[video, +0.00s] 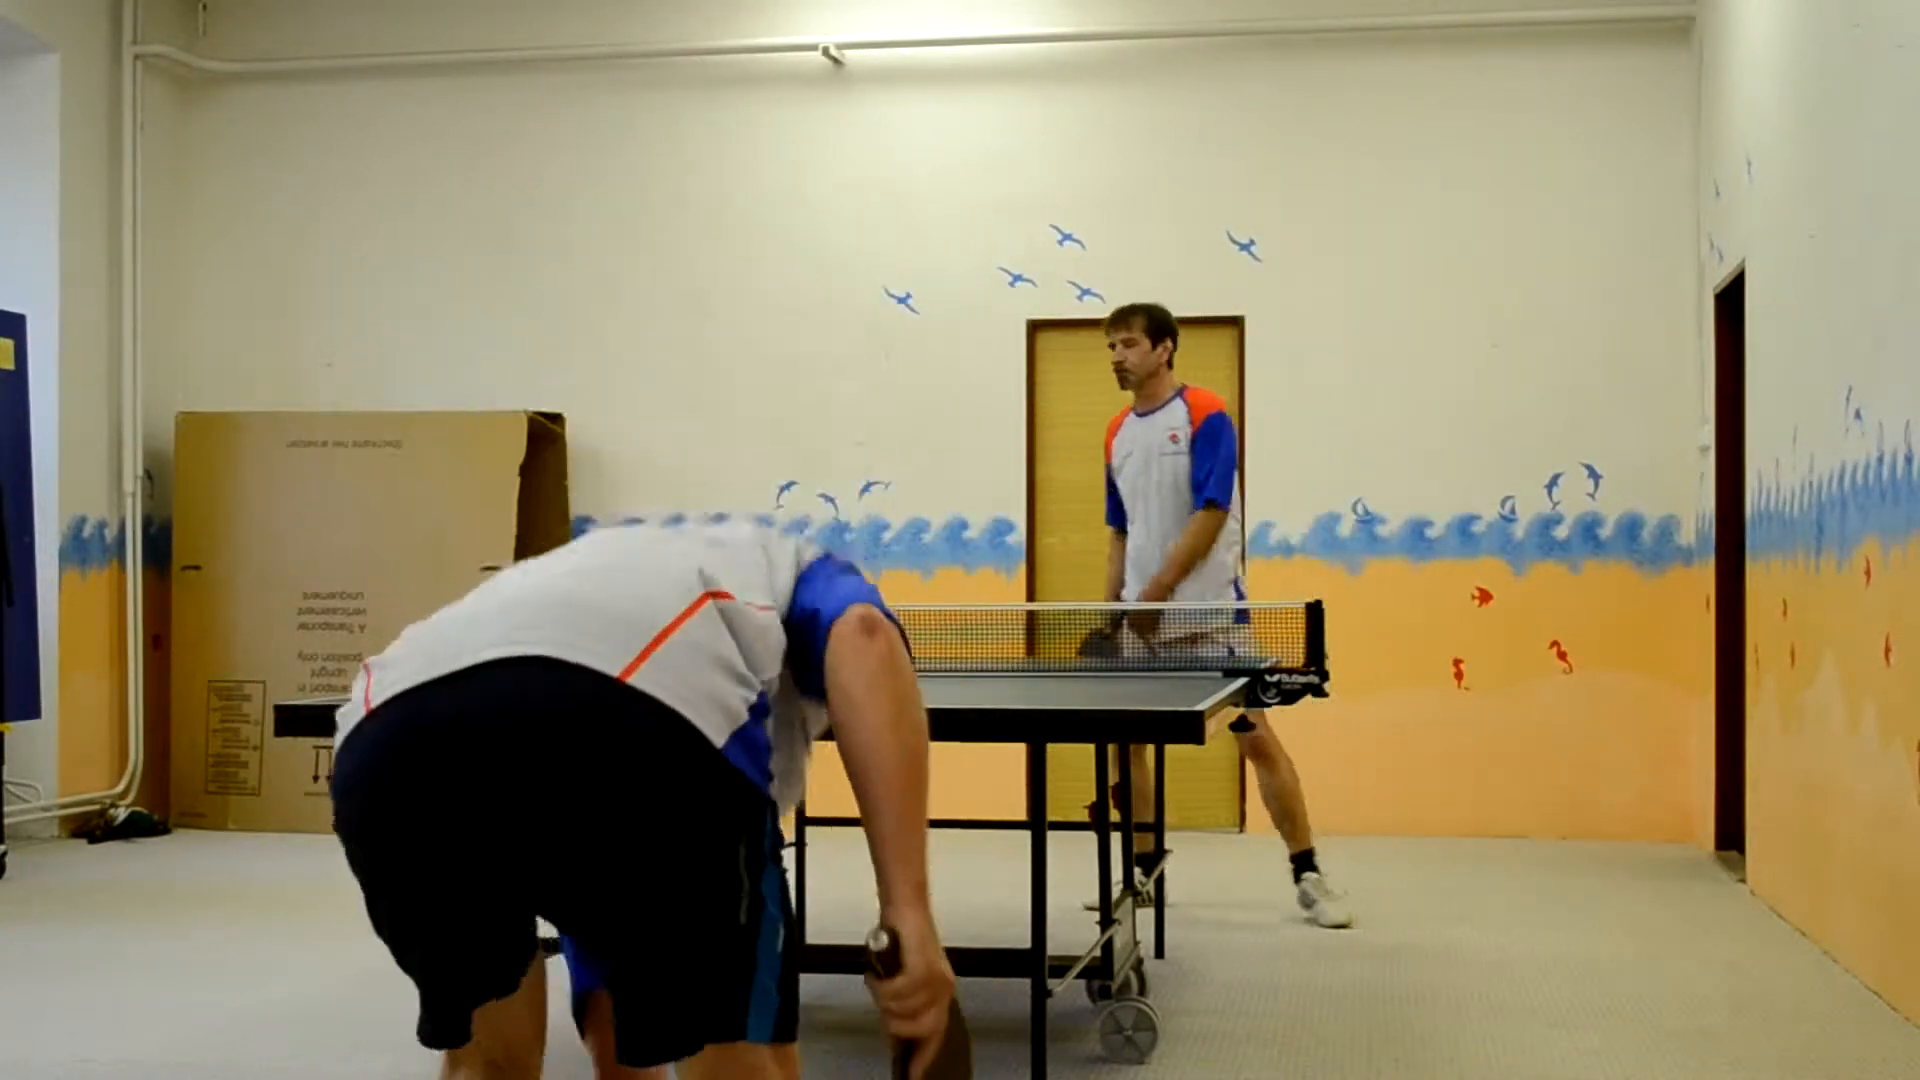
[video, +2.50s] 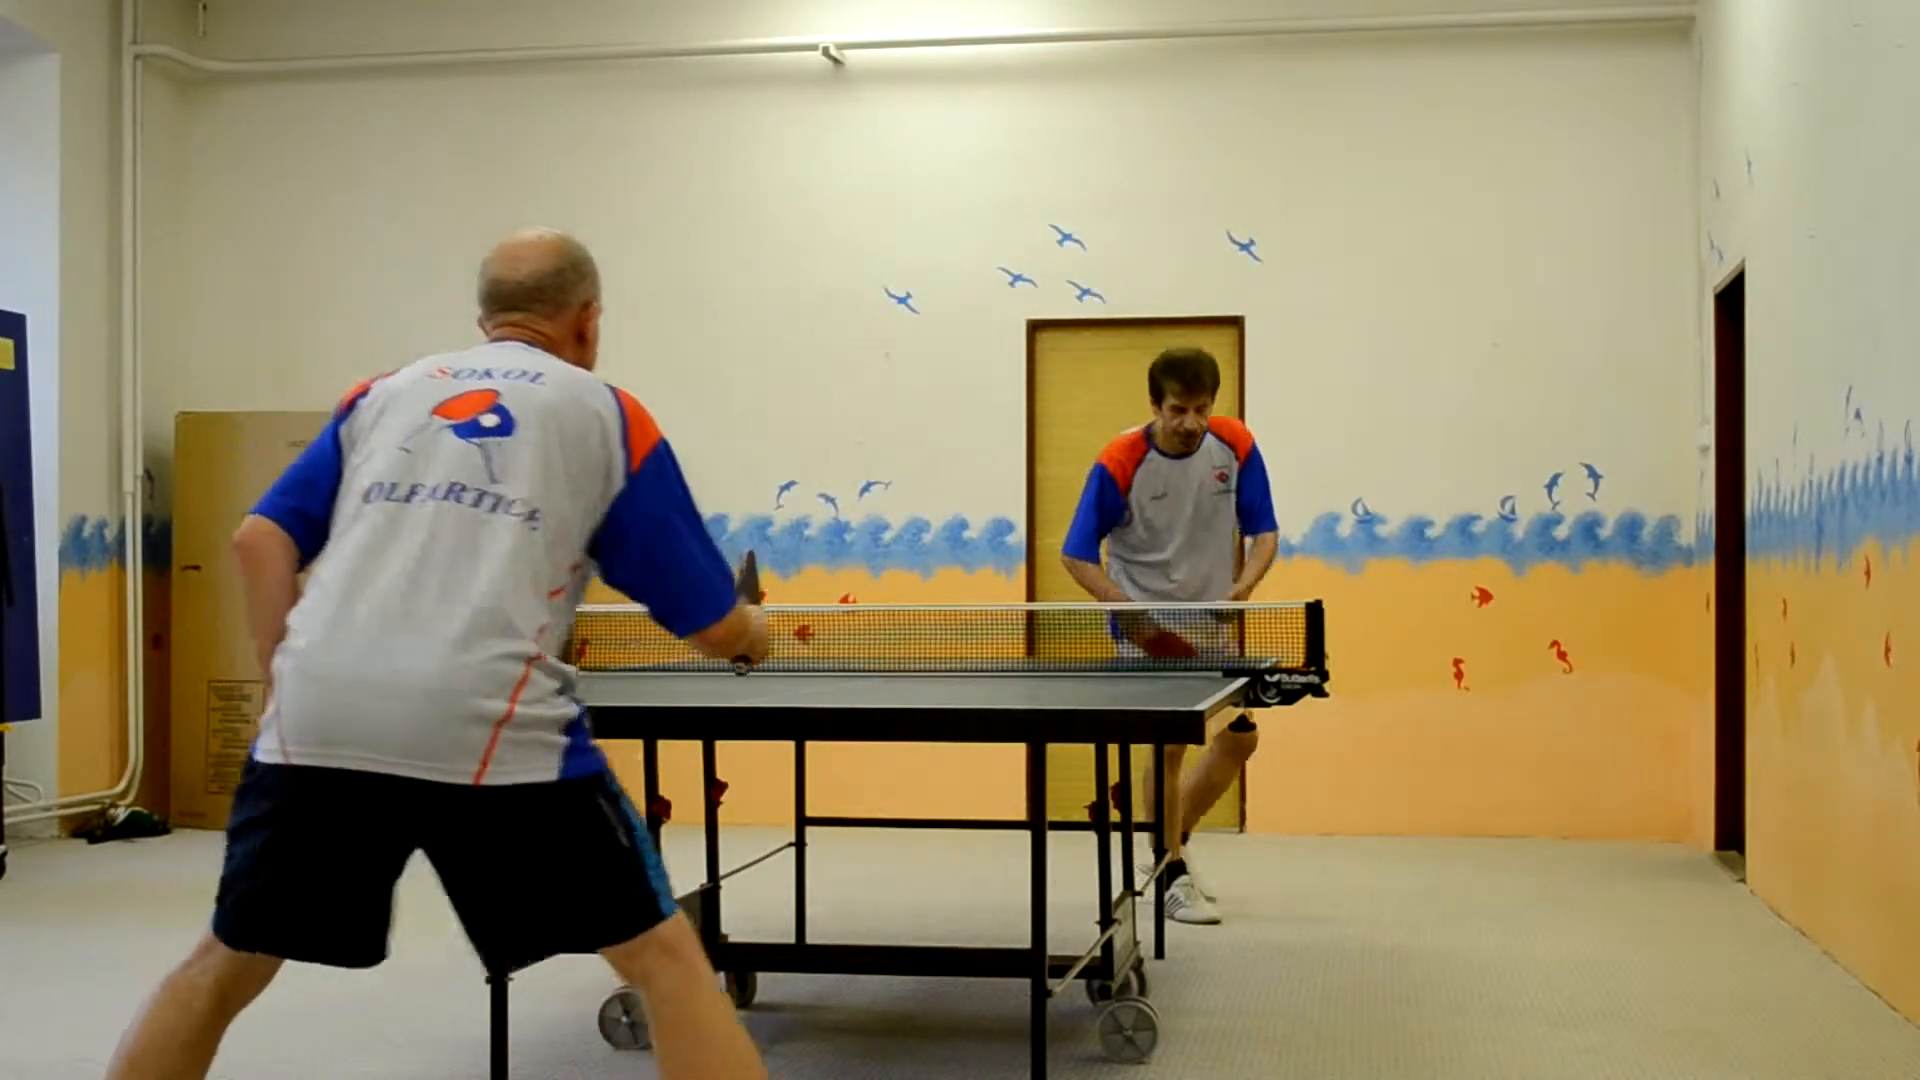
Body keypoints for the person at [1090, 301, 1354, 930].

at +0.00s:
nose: (1115, 357)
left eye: (1126, 345)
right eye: (1111, 347)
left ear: (1164, 348)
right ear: (1116, 354)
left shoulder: (1206, 413)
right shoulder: (1119, 430)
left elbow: (1212, 513)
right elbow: (1120, 534)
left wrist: (1155, 592)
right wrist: (1111, 616)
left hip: (1208, 615)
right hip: (1142, 620)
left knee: (1255, 736)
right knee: (1127, 744)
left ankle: (1308, 874)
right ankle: (1144, 877)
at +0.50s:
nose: (1116, 346)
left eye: (1127, 334)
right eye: (1105, 336)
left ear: (1149, 340)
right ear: (1094, 345)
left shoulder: (1193, 407)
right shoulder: (1076, 424)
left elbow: (1234, 498)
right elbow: (1075, 524)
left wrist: (1230, 583)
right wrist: (1085, 605)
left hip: (1186, 610)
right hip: (1114, 615)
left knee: (1185, 741)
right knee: (1120, 747)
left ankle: (1182, 872)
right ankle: (1143, 871)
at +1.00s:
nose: (1119, 344)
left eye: (1130, 333)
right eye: (1109, 334)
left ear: (1153, 339)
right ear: (1097, 341)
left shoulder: (1191, 409)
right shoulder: (1073, 417)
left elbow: (1220, 497)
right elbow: (1061, 510)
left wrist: (1177, 561)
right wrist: (1052, 574)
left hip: (1173, 610)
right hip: (1094, 611)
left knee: (1185, 742)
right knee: (1069, 740)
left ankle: (1182, 874)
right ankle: (1054, 870)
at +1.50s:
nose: (1049, 359)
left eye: (1061, 349)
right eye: (1043, 348)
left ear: (1093, 350)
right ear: (1037, 347)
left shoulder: (1130, 409)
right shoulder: (1017, 418)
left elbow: (1117, 499)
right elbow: (1001, 504)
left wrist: (1056, 514)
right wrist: (997, 566)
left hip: (1123, 603)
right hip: (1048, 608)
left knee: (1156, 732)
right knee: (1041, 737)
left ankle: (1158, 864)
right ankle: (1046, 867)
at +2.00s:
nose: (1130, 367)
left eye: (1141, 356)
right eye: (1119, 356)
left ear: (1158, 355)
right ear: (1103, 356)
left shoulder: (1190, 413)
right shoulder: (1069, 427)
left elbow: (1219, 499)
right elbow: (1039, 512)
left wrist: (1144, 531)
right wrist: (1048, 564)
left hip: (1169, 607)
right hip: (1099, 608)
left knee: (1158, 737)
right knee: (1085, 732)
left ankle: (1143, 867)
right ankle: (1068, 863)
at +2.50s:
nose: (1191, 422)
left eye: (1200, 409)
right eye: (1178, 410)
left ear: (1212, 403)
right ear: (1155, 405)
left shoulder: (1235, 444)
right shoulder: (1118, 463)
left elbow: (1263, 538)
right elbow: (1077, 556)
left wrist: (1235, 597)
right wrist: (1135, 618)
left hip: (1215, 622)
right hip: (1149, 627)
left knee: (1238, 737)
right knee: (1169, 745)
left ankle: (1167, 844)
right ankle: (1171, 875)